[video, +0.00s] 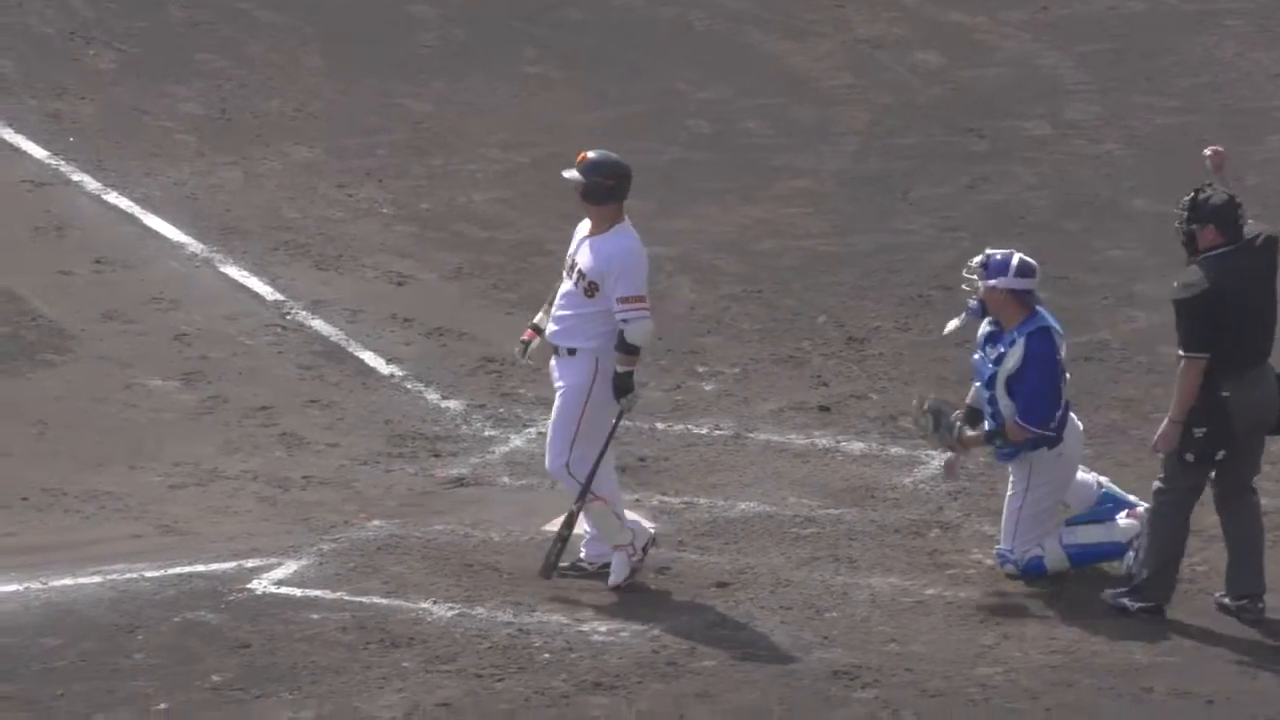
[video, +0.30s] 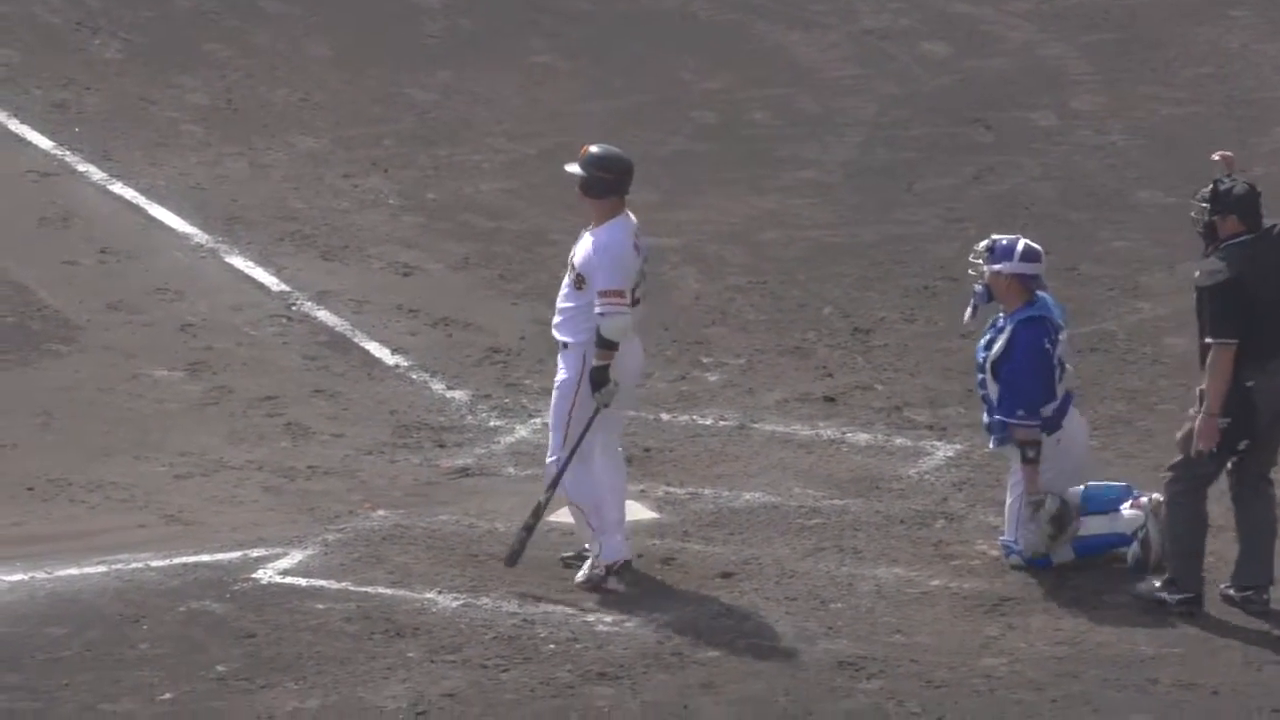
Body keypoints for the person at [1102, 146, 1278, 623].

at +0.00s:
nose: (1187, 234)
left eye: (1192, 227)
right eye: (1189, 226)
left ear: (1208, 233)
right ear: (1230, 229)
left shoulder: (1198, 286)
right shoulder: (1265, 253)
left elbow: (1194, 364)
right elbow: (1237, 221)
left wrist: (1173, 421)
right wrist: (1222, 177)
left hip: (1212, 400)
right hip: (1258, 389)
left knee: (1174, 494)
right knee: (1238, 489)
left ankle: (1150, 592)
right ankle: (1248, 593)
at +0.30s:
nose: (1205, 223)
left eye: (1210, 217)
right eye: (1206, 215)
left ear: (1231, 222)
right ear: (1249, 218)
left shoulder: (1221, 267)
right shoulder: (1269, 245)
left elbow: (1223, 347)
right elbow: (1249, 219)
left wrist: (1209, 414)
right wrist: (1235, 177)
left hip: (1236, 393)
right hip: (1271, 386)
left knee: (1185, 481)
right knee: (1253, 480)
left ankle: (1183, 585)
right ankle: (1254, 583)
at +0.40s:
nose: (1209, 220)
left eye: (1215, 213)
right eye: (1210, 212)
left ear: (1234, 218)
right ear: (1254, 215)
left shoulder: (1227, 266)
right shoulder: (1272, 248)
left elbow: (1227, 346)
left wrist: (1216, 411)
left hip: (1240, 396)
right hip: (1272, 393)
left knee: (1192, 482)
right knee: (1256, 480)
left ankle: (1219, 582)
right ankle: (1257, 583)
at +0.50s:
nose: (1214, 219)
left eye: (1217, 212)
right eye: (1216, 212)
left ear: (1232, 217)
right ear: (1258, 213)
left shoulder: (1228, 263)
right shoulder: (1273, 246)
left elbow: (1229, 341)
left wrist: (1217, 408)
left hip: (1243, 390)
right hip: (1271, 385)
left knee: (1216, 484)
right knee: (1259, 478)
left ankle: (1245, 586)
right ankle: (1260, 576)